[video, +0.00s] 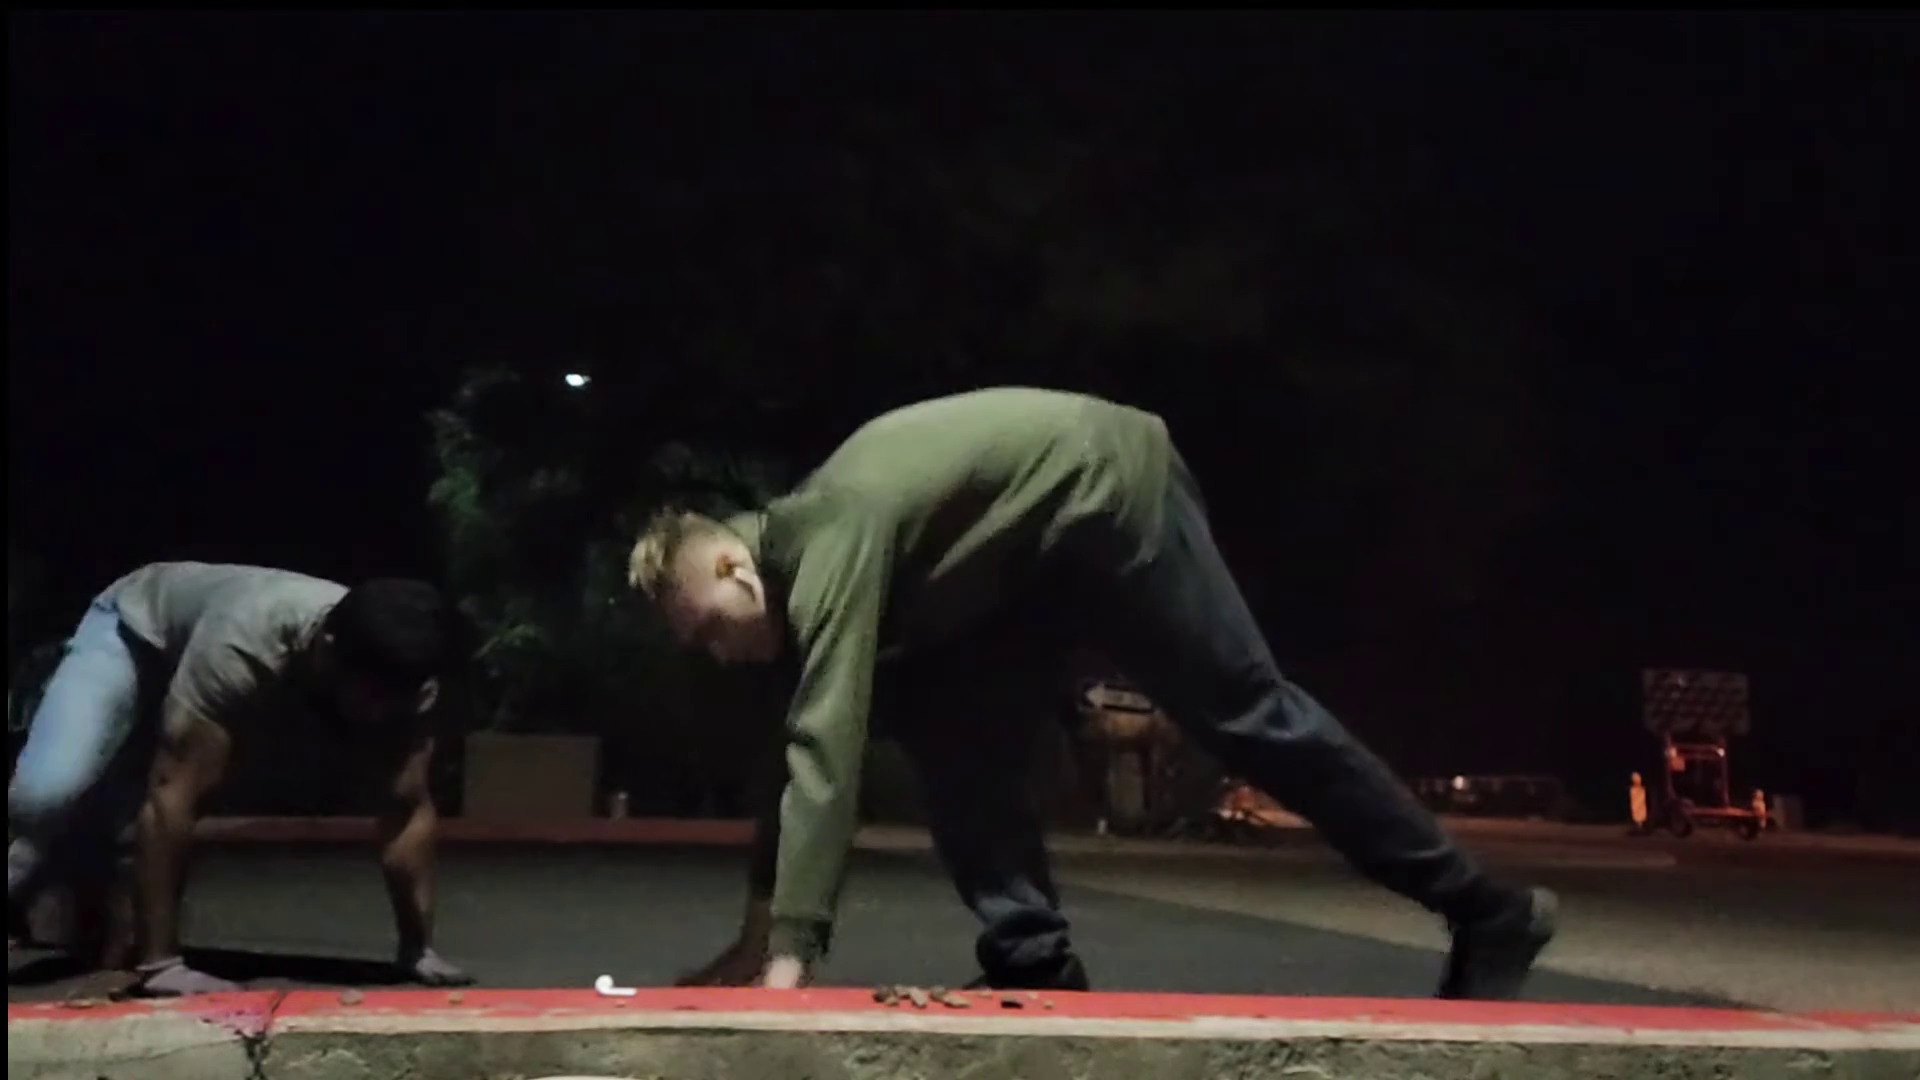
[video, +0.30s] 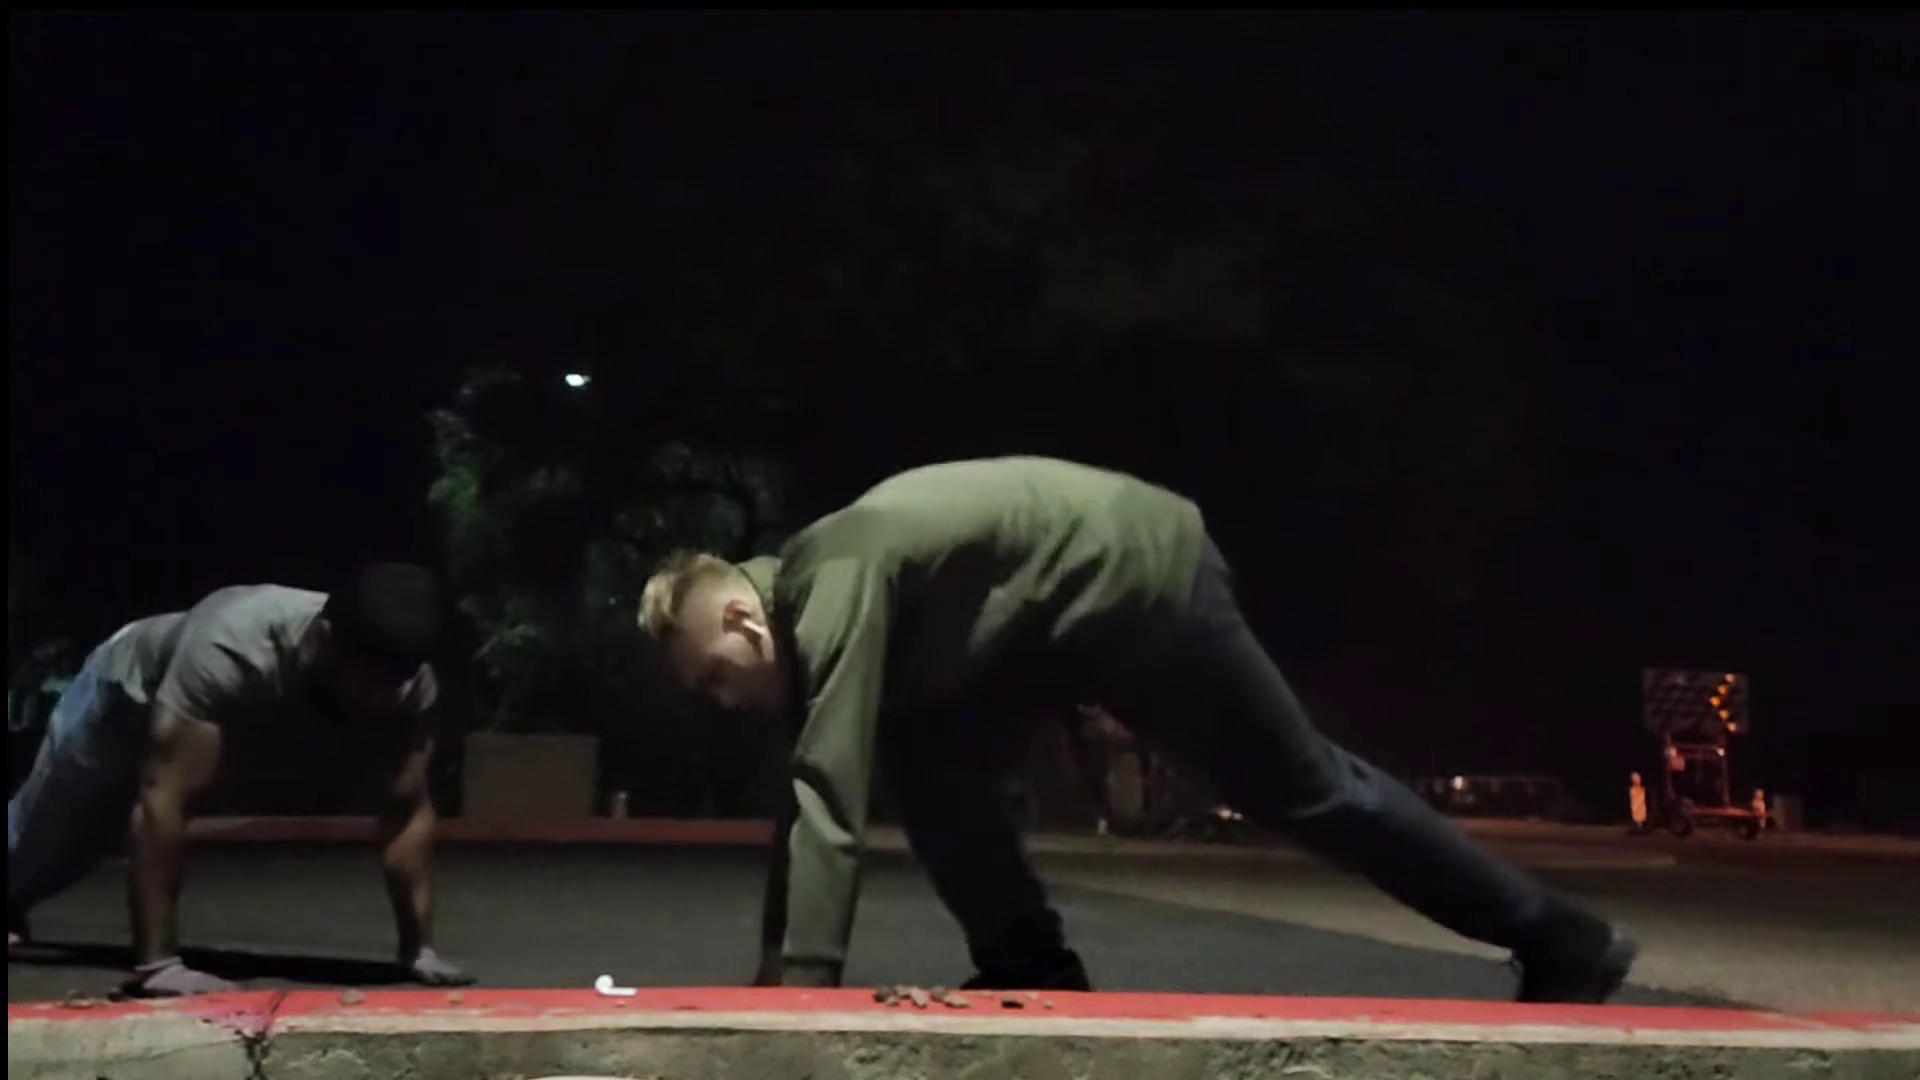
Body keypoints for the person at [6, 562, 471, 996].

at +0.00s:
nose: (394, 714)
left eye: (407, 699)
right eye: (383, 696)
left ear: (421, 682)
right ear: (330, 655)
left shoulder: (411, 680)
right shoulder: (239, 644)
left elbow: (410, 811)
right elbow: (170, 797)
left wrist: (417, 950)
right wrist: (160, 961)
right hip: (134, 626)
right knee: (45, 793)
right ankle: (33, 854)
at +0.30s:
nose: (397, 687)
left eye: (407, 671)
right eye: (380, 668)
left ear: (419, 663)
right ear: (327, 644)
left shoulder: (412, 686)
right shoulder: (225, 651)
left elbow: (409, 812)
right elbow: (161, 803)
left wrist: (418, 951)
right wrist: (158, 960)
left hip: (211, 719)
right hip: (123, 697)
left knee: (76, 850)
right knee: (34, 845)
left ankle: (17, 901)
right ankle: (13, 905)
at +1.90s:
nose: (392, 665)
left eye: (402, 649)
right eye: (377, 644)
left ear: (410, 646)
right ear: (330, 629)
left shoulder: (405, 685)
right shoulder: (230, 652)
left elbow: (411, 813)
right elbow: (159, 806)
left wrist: (418, 948)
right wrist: (157, 960)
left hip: (219, 757)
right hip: (127, 732)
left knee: (123, 845)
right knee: (35, 820)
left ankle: (55, 890)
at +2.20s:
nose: (395, 665)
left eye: (406, 650)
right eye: (381, 645)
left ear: (414, 646)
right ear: (333, 630)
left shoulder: (407, 690)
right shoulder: (233, 655)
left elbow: (410, 818)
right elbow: (156, 807)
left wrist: (418, 949)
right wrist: (157, 960)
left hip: (222, 766)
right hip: (132, 734)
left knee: (127, 845)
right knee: (36, 820)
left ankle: (57, 893)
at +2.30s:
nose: (395, 665)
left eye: (406, 650)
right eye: (380, 644)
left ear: (414, 646)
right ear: (332, 631)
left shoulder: (407, 691)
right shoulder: (233, 655)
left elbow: (410, 818)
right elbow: (157, 807)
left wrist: (418, 950)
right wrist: (157, 960)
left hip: (224, 767)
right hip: (134, 732)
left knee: (131, 843)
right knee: (37, 819)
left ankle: (57, 891)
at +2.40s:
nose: (394, 664)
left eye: (406, 649)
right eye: (380, 643)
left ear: (415, 646)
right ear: (334, 630)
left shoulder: (408, 691)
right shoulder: (233, 655)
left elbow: (410, 818)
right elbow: (155, 807)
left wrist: (419, 949)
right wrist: (157, 960)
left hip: (223, 769)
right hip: (133, 734)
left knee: (130, 845)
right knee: (36, 820)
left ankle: (57, 892)